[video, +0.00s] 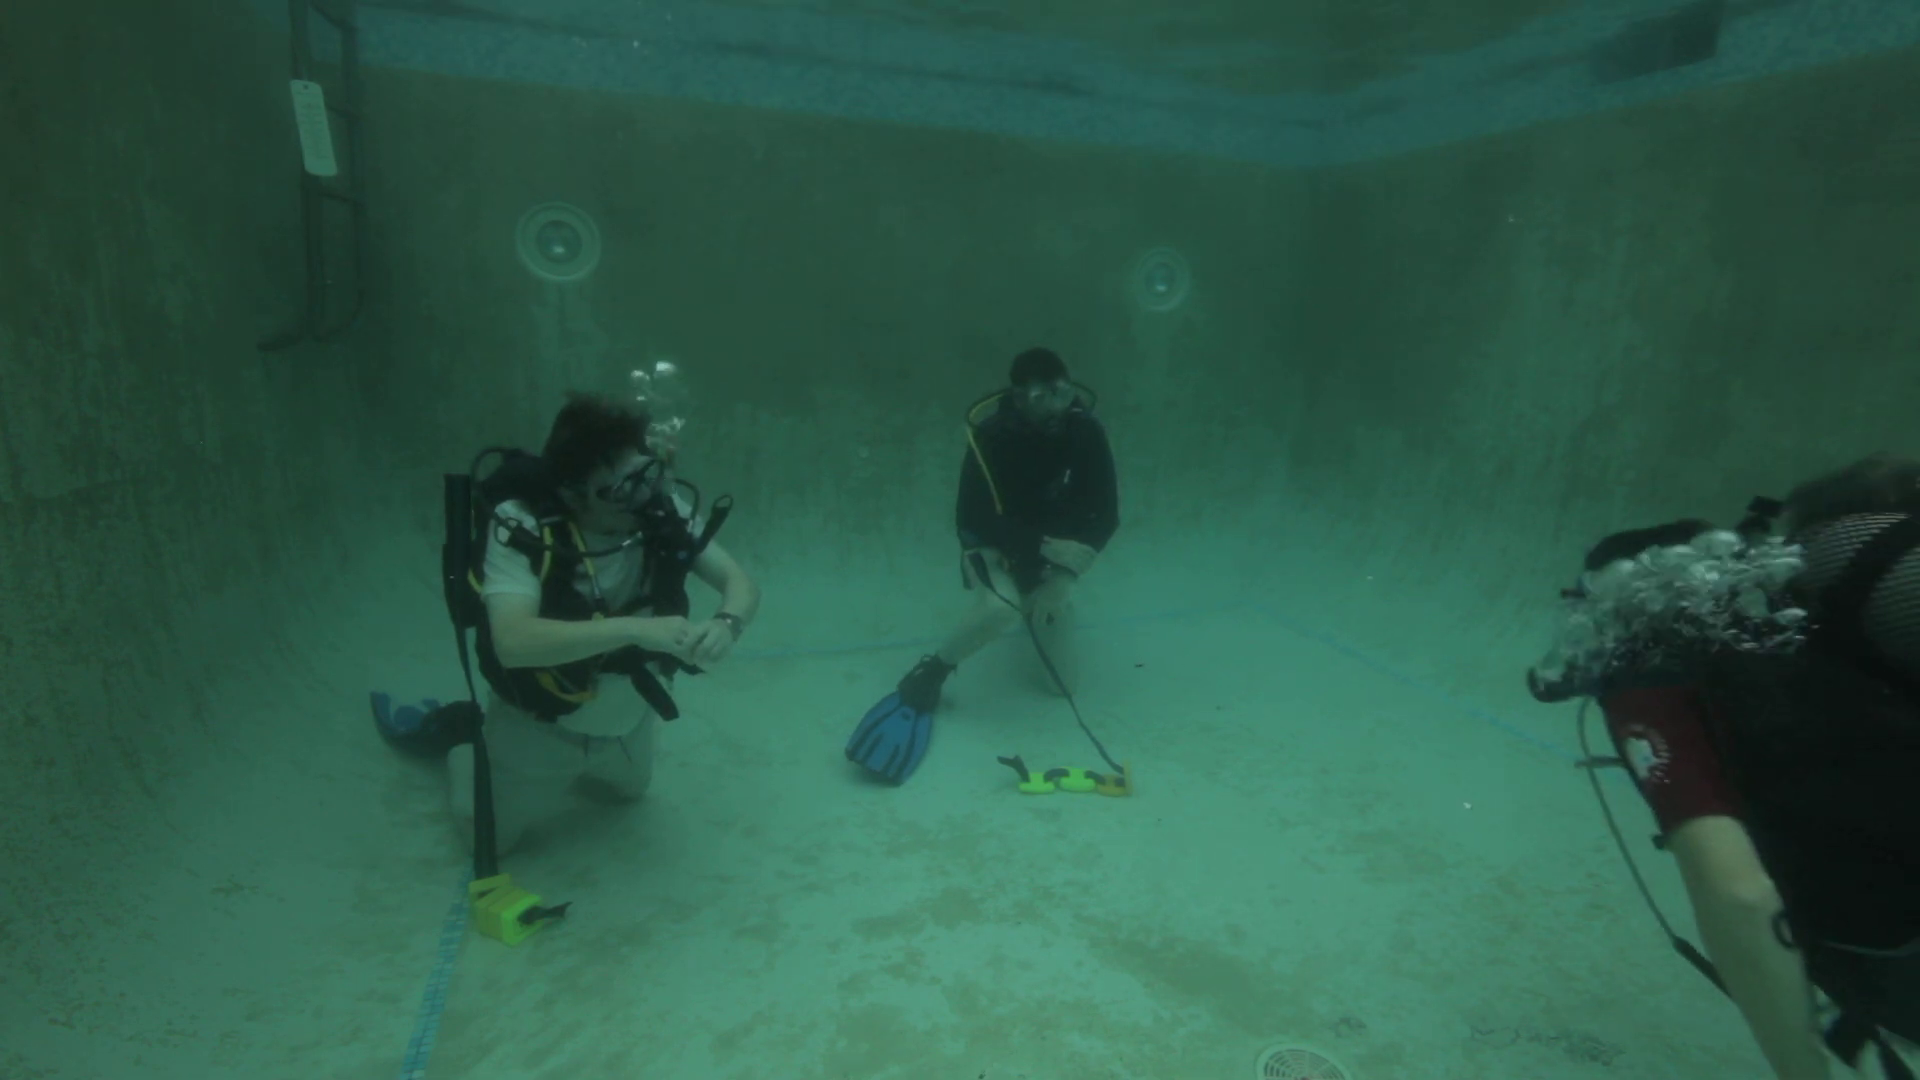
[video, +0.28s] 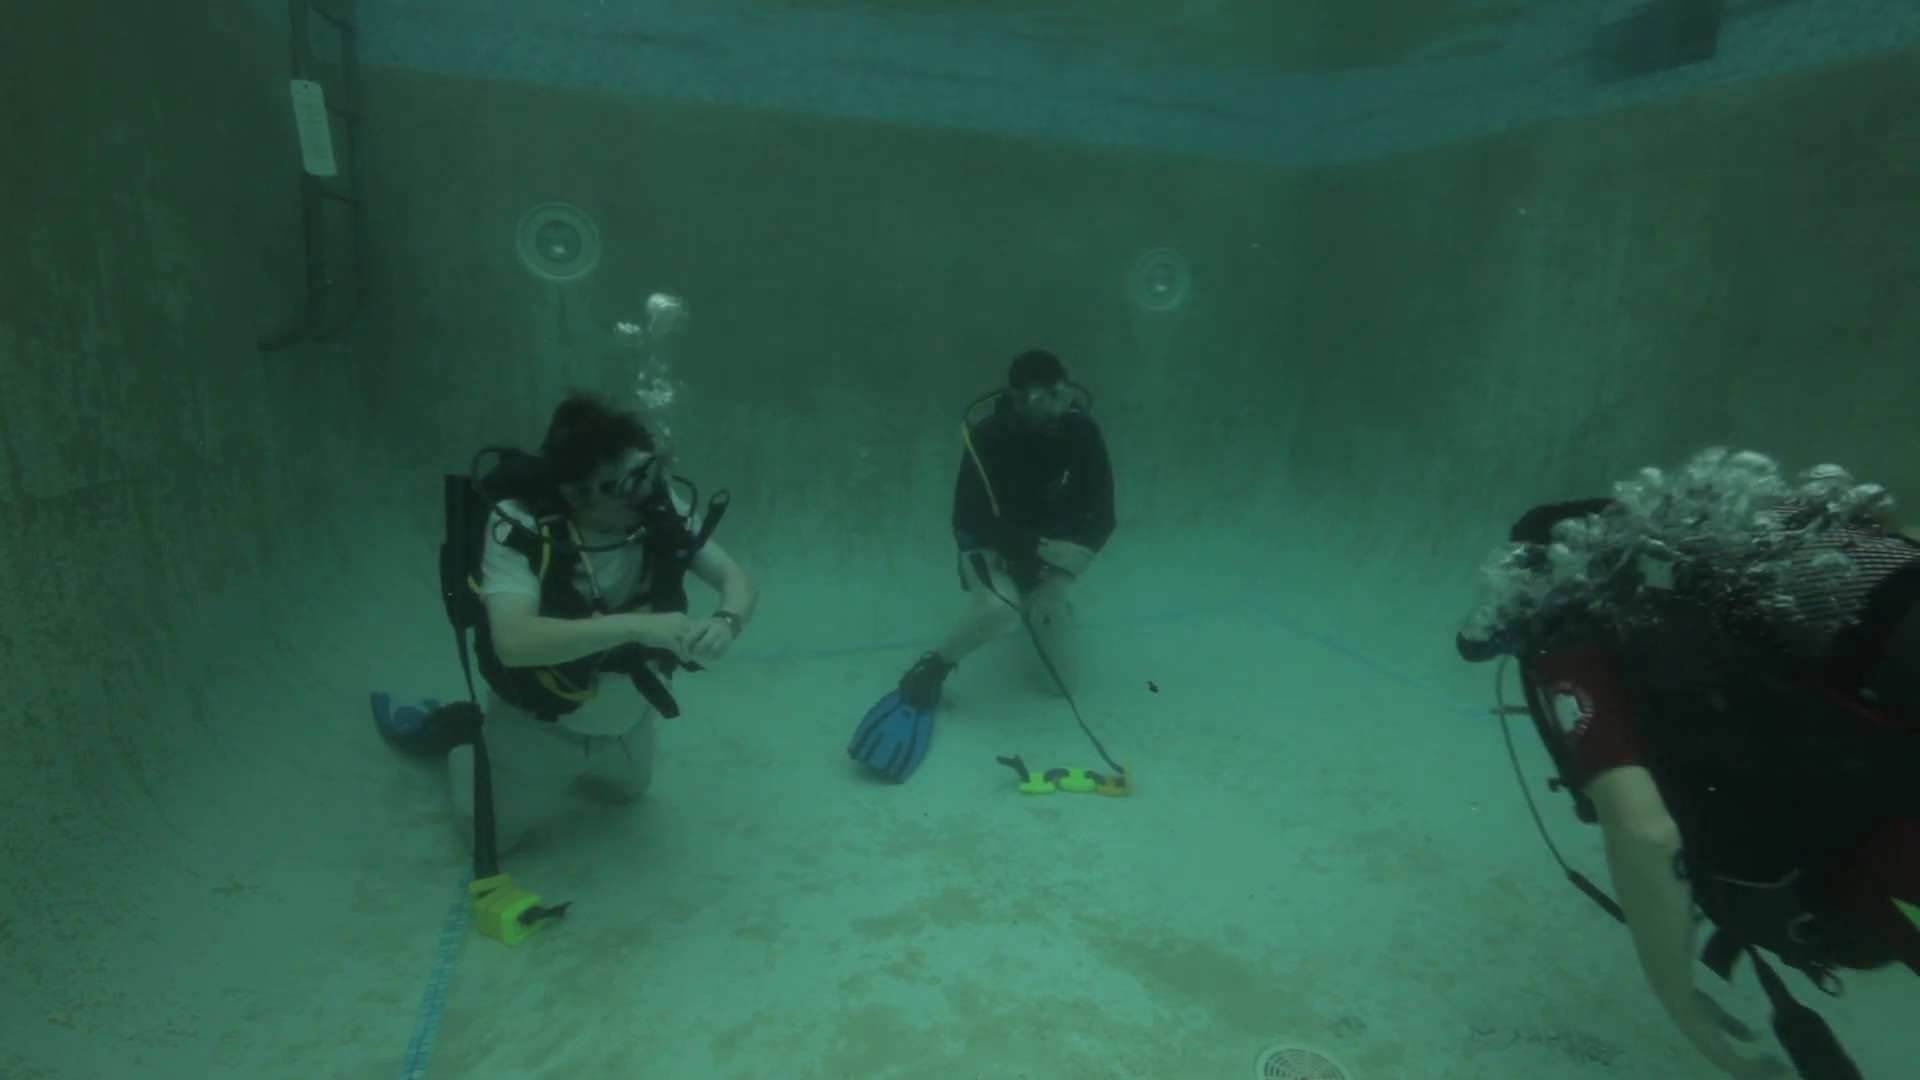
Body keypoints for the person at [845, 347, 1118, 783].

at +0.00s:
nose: (1054, 405)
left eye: (1060, 393)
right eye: (1042, 396)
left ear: (1070, 391)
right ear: (1018, 396)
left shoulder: (1085, 431)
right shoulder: (992, 433)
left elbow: (1105, 513)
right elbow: (976, 517)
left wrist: (1061, 578)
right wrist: (1048, 546)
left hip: (1058, 544)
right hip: (998, 541)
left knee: (1062, 677)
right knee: (1002, 606)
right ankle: (930, 673)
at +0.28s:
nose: (1054, 408)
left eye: (1059, 396)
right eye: (1042, 399)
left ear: (1068, 392)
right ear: (1017, 399)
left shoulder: (1082, 431)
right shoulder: (989, 435)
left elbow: (1101, 514)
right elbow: (974, 519)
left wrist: (1058, 583)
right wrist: (1042, 548)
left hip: (1055, 550)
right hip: (994, 544)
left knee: (1063, 673)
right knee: (1000, 606)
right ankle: (931, 670)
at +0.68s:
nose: (1054, 405)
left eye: (1054, 395)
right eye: (1044, 398)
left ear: (1059, 393)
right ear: (1017, 399)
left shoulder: (1076, 432)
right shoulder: (987, 435)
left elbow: (1097, 514)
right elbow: (972, 519)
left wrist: (1056, 582)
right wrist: (1035, 553)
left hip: (1051, 553)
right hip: (991, 547)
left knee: (1064, 678)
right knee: (997, 606)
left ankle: (1049, 608)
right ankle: (931, 673)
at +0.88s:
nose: (1055, 405)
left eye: (1055, 395)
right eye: (1044, 398)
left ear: (1058, 391)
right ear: (1015, 400)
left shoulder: (1074, 432)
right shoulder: (984, 436)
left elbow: (1095, 514)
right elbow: (976, 522)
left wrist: (1055, 583)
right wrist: (1036, 556)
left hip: (1050, 548)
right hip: (989, 545)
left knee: (1064, 677)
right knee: (998, 607)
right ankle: (932, 673)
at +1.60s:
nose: (1031, 412)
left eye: (1037, 400)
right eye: (1020, 402)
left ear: (1049, 396)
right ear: (1000, 402)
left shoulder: (1064, 432)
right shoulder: (974, 438)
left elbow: (1088, 513)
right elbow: (968, 523)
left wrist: (1048, 581)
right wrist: (1031, 551)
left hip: (1042, 548)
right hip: (980, 544)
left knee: (1061, 676)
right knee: (992, 609)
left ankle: (1045, 606)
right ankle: (932, 673)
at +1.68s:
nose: (1037, 410)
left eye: (1041, 399)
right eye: (1027, 401)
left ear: (1047, 395)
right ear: (1002, 402)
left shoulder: (1063, 431)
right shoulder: (973, 438)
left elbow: (1087, 513)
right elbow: (968, 524)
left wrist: (1048, 578)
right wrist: (1031, 550)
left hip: (1040, 548)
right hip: (979, 545)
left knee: (1060, 677)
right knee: (992, 608)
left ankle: (1044, 607)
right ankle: (931, 675)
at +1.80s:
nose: (1031, 412)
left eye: (1037, 400)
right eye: (1019, 402)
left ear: (1047, 395)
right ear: (997, 402)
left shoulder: (1062, 431)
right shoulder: (972, 438)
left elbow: (1086, 513)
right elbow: (962, 524)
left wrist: (1046, 582)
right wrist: (1030, 551)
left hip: (1039, 549)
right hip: (978, 545)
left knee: (1060, 678)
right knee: (991, 609)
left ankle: (1045, 605)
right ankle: (931, 674)